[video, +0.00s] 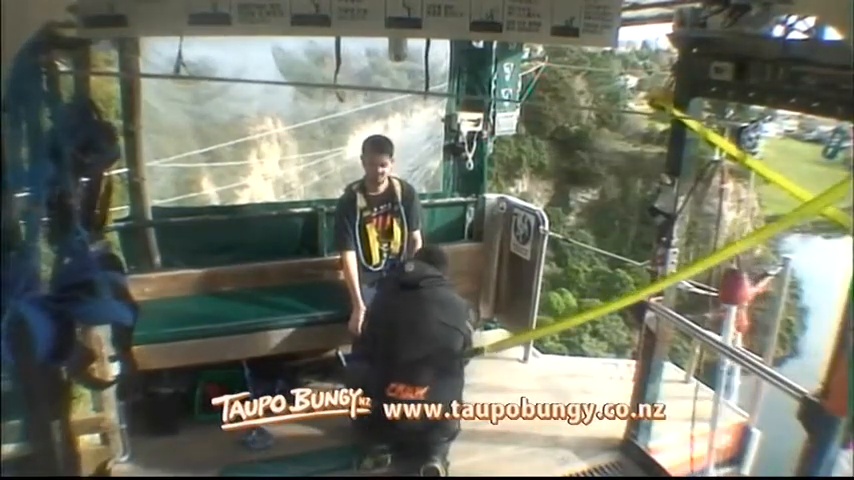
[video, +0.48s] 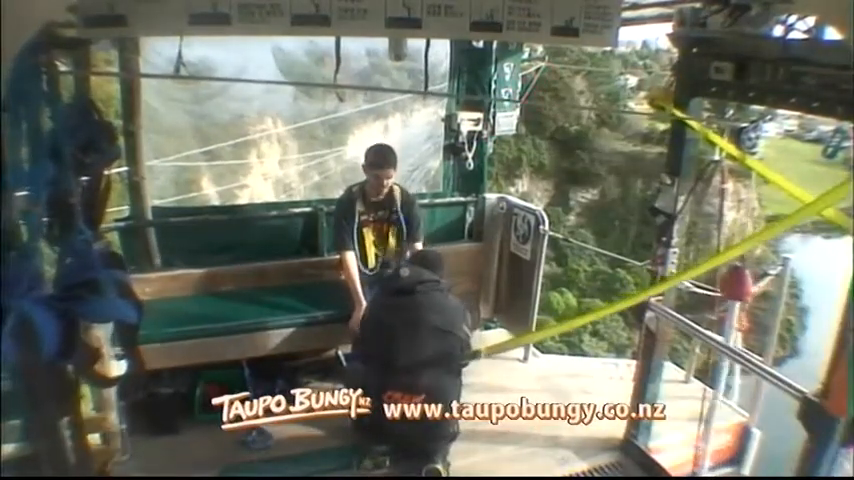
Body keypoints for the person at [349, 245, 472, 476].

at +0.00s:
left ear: (412, 264)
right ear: (443, 270)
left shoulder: (384, 296)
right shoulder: (458, 306)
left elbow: (365, 347)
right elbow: (462, 354)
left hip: (386, 406)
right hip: (436, 409)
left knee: (354, 370)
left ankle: (376, 446)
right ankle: (436, 455)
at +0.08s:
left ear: (411, 265)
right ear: (442, 271)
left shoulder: (383, 297)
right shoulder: (455, 304)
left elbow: (364, 349)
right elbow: (463, 353)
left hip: (385, 412)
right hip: (435, 415)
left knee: (353, 370)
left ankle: (376, 447)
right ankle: (437, 456)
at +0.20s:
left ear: (411, 267)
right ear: (441, 273)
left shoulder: (382, 299)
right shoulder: (455, 306)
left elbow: (364, 349)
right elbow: (462, 355)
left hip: (384, 414)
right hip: (435, 419)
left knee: (353, 370)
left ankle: (376, 448)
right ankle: (436, 457)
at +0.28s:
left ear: (410, 268)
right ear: (440, 274)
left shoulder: (381, 300)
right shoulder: (454, 307)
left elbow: (363, 350)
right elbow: (462, 356)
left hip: (384, 418)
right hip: (435, 424)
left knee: (353, 370)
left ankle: (376, 448)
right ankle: (437, 458)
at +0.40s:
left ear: (410, 269)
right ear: (440, 274)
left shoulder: (380, 301)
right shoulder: (453, 306)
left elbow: (364, 351)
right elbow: (462, 356)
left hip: (384, 416)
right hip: (436, 421)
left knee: (353, 370)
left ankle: (376, 449)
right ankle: (437, 458)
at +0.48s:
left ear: (408, 269)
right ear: (440, 274)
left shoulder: (380, 301)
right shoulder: (454, 307)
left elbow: (363, 352)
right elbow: (462, 356)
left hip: (384, 416)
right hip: (436, 422)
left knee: (353, 369)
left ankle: (376, 449)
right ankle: (437, 458)